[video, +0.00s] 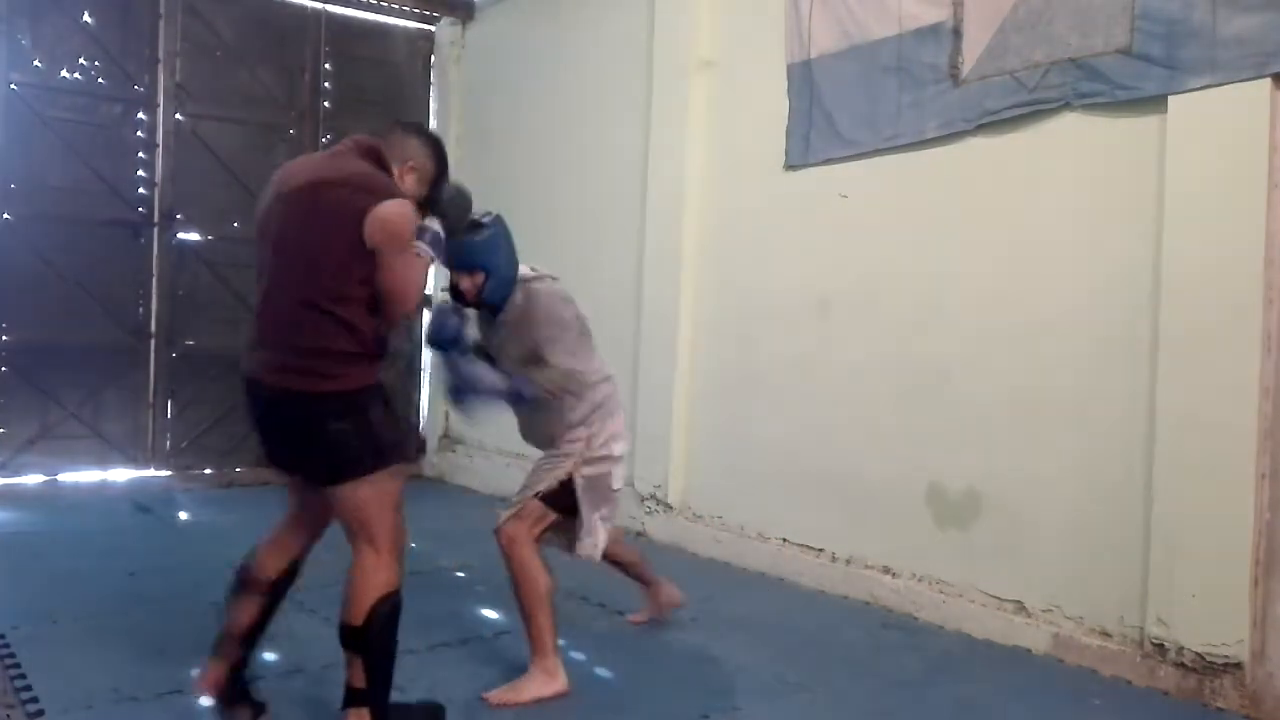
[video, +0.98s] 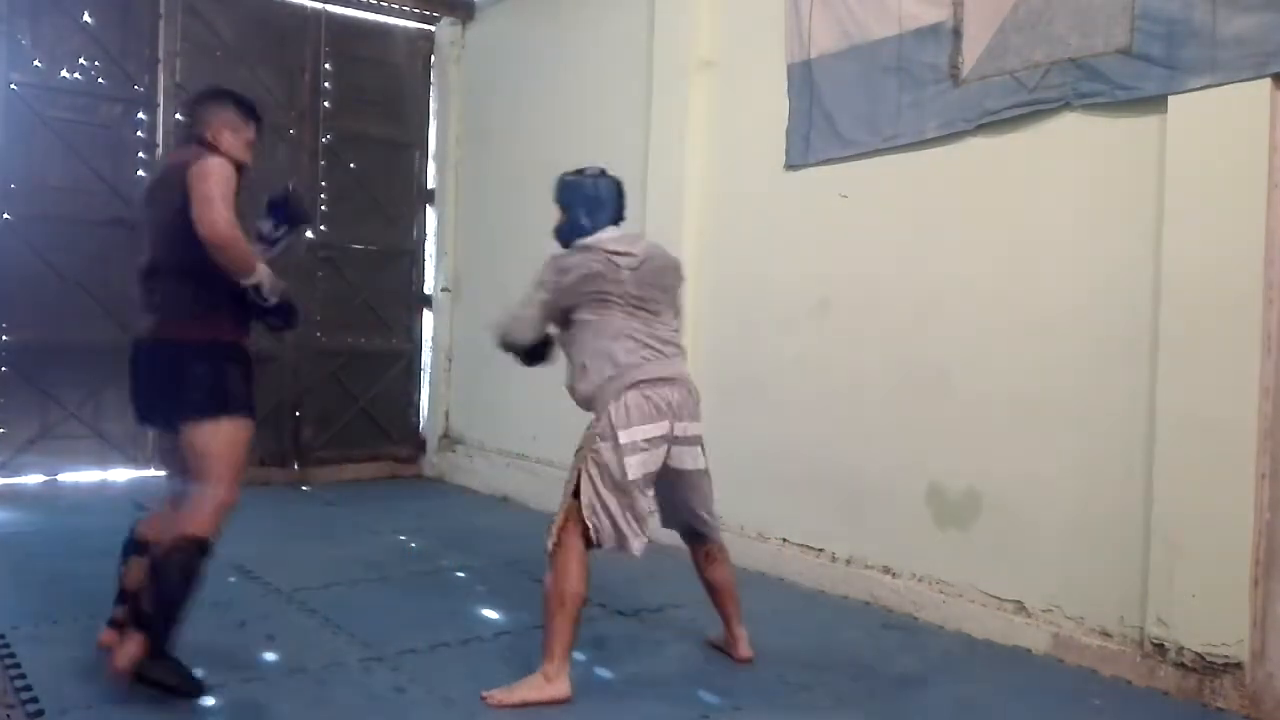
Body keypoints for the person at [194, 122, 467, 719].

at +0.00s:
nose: (416, 198)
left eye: (422, 193)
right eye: (420, 191)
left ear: (375, 148)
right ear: (407, 169)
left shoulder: (291, 175)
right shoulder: (389, 206)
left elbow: (289, 258)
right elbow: (402, 303)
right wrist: (420, 249)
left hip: (273, 387)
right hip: (341, 395)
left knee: (306, 515)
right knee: (378, 544)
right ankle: (365, 704)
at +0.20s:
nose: (386, 220)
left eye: (393, 214)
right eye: (394, 209)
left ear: (360, 160)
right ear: (383, 178)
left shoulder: (273, 187)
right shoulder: (350, 191)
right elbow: (381, 300)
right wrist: (417, 245)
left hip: (237, 382)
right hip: (303, 387)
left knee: (256, 536)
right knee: (362, 536)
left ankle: (212, 695)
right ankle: (290, 702)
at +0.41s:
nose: (377, 205)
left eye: (382, 199)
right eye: (383, 195)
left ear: (345, 154)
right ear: (369, 173)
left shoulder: (262, 183)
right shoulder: (337, 198)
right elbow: (361, 297)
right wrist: (398, 244)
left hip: (232, 383)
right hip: (292, 387)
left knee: (258, 532)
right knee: (306, 551)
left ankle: (201, 689)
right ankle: (272, 704)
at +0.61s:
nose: (338, 214)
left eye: (343, 207)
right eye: (343, 203)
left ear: (315, 164)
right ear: (331, 178)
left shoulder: (243, 193)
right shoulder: (292, 201)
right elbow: (344, 295)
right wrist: (377, 239)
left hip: (215, 394)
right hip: (269, 399)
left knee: (236, 520)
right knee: (306, 553)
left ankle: (147, 651)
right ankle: (270, 705)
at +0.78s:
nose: (284, 206)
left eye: (288, 197)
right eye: (284, 192)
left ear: (240, 171)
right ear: (261, 175)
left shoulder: (194, 210)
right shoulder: (234, 211)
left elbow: (274, 277)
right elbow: (306, 282)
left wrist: (313, 229)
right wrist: (333, 231)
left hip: (191, 405)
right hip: (238, 407)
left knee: (212, 531)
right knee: (260, 555)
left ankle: (123, 658)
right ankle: (259, 704)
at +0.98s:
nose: (250, 146)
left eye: (251, 137)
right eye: (245, 133)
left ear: (201, 130)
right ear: (217, 126)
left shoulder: (170, 173)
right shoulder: (213, 165)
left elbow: (199, 262)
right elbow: (215, 228)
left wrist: (264, 235)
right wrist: (264, 284)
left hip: (165, 349)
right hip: (204, 350)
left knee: (191, 491)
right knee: (215, 491)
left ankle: (125, 623)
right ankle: (149, 647)